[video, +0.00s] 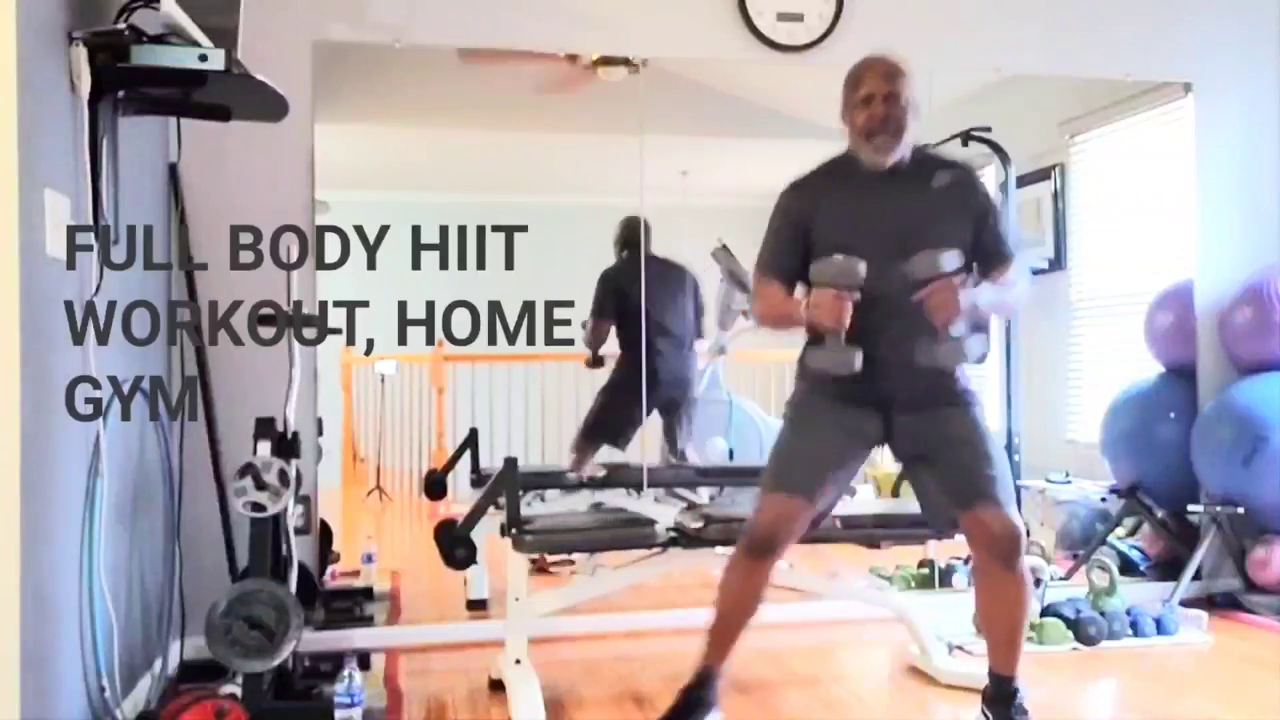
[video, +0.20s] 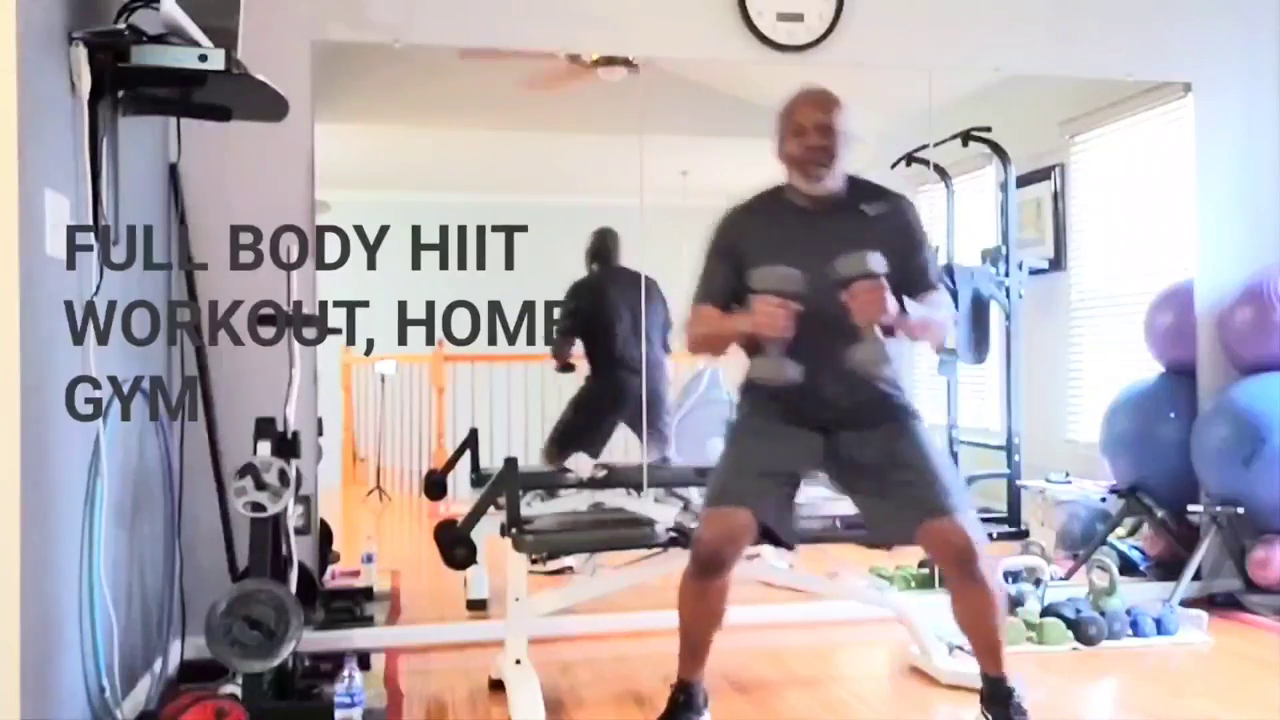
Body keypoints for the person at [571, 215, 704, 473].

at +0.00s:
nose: (614, 246)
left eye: (616, 242)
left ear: (620, 242)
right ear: (649, 240)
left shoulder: (614, 276)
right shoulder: (684, 275)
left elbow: (596, 337)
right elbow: (697, 333)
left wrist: (592, 347)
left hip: (636, 374)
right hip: (681, 373)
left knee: (583, 452)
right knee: (680, 454)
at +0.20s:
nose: (589, 255)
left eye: (590, 251)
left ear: (591, 254)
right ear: (618, 254)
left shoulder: (583, 289)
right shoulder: (649, 286)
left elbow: (562, 347)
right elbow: (665, 343)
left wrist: (564, 362)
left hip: (608, 386)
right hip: (653, 386)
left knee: (554, 455)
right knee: (662, 461)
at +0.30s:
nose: (574, 235)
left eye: (574, 230)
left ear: (574, 232)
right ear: (602, 231)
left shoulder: (566, 266)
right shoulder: (632, 264)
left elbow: (548, 315)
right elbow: (655, 316)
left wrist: (549, 346)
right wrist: (622, 324)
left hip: (588, 364)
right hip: (629, 364)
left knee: (553, 441)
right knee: (642, 439)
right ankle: (674, 498)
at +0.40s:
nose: (561, 219)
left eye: (561, 215)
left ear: (563, 215)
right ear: (592, 213)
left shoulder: (559, 243)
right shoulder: (620, 243)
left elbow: (546, 294)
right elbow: (637, 298)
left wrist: (531, 321)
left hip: (576, 345)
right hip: (617, 346)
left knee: (553, 424)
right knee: (617, 423)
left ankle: (551, 477)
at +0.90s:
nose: (550, 224)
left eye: (550, 219)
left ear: (552, 220)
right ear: (581, 218)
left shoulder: (547, 250)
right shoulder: (608, 248)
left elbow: (527, 297)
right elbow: (634, 307)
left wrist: (528, 335)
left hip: (572, 348)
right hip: (612, 348)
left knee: (546, 431)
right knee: (617, 426)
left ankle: (545, 491)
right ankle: (636, 477)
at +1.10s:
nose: (572, 269)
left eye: (572, 265)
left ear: (571, 266)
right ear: (598, 266)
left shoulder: (566, 299)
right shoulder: (626, 299)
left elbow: (551, 352)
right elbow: (638, 348)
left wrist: (547, 369)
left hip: (587, 397)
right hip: (631, 396)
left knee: (536, 459)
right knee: (637, 462)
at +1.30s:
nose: (587, 248)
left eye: (588, 243)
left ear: (591, 245)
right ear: (618, 244)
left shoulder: (590, 276)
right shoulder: (649, 276)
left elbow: (575, 329)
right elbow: (671, 329)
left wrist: (561, 345)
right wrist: (638, 327)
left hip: (608, 375)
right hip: (650, 375)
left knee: (565, 448)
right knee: (657, 448)